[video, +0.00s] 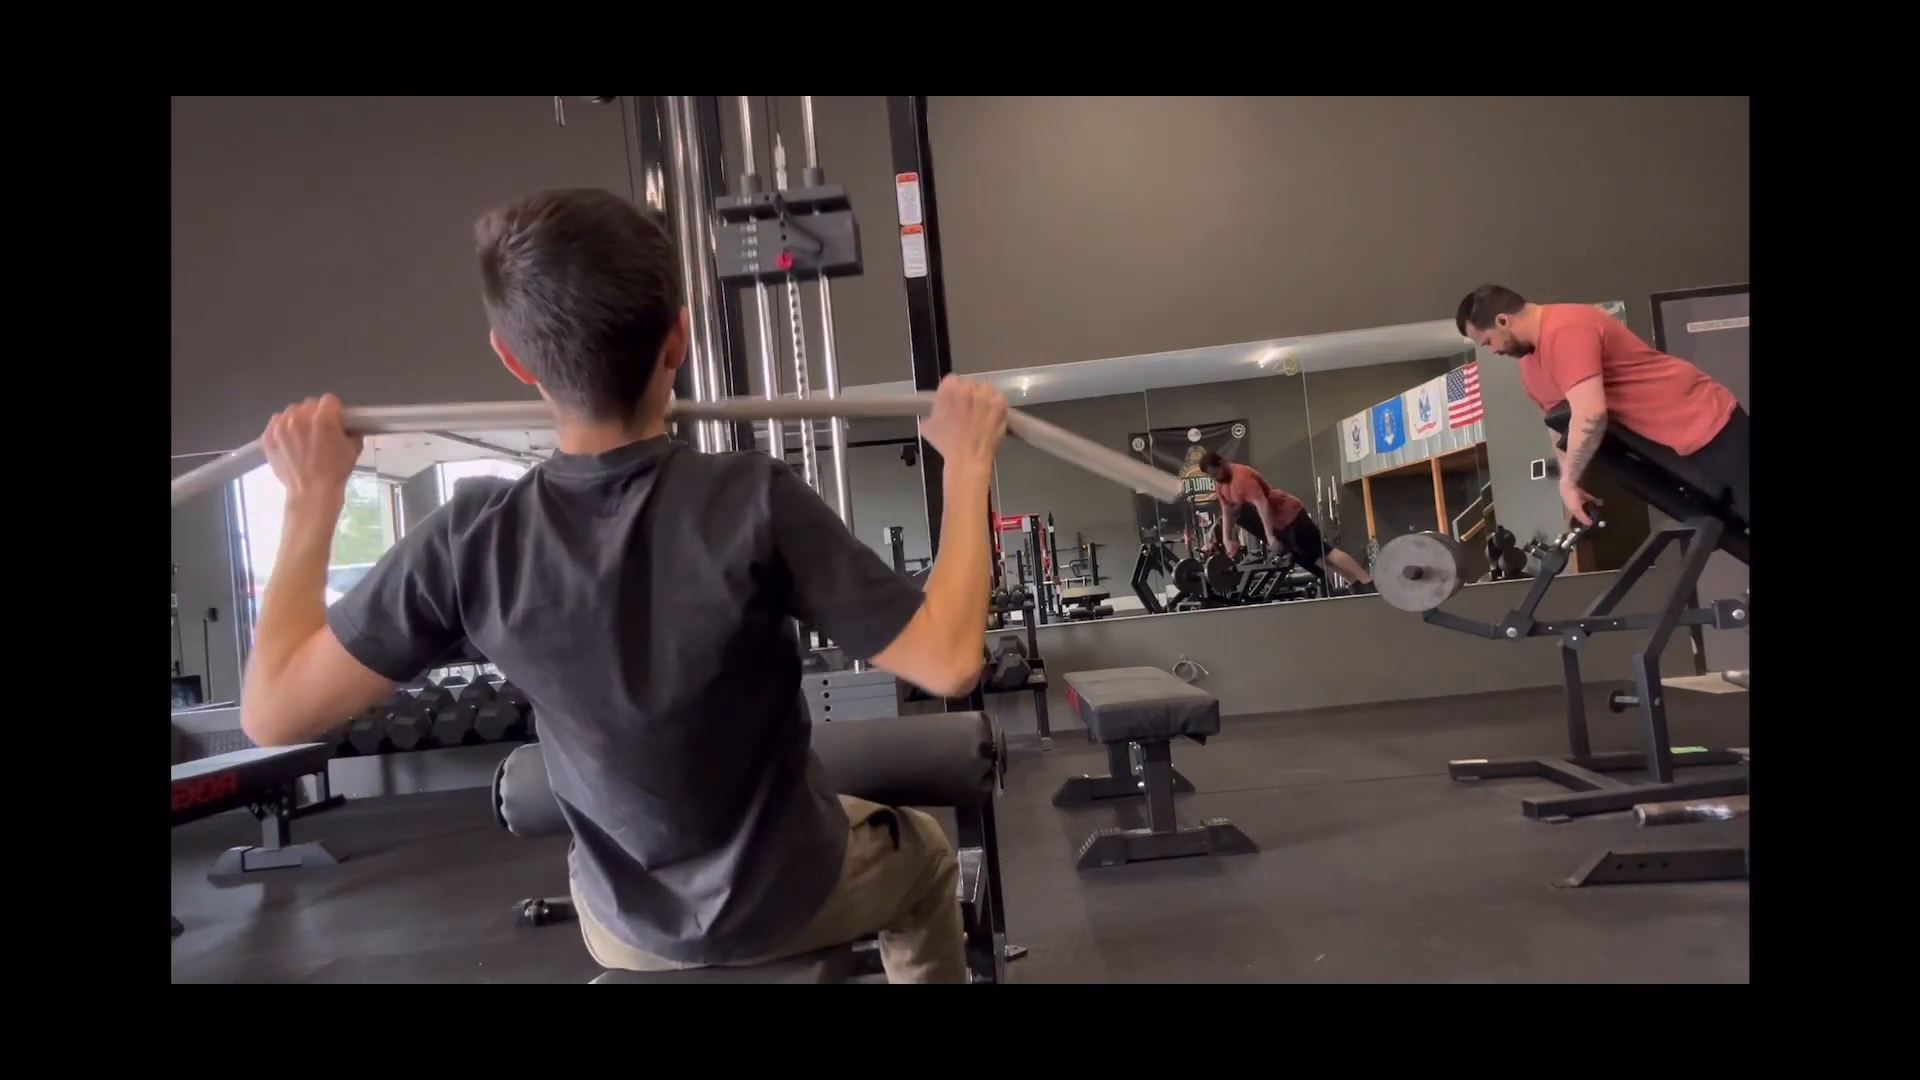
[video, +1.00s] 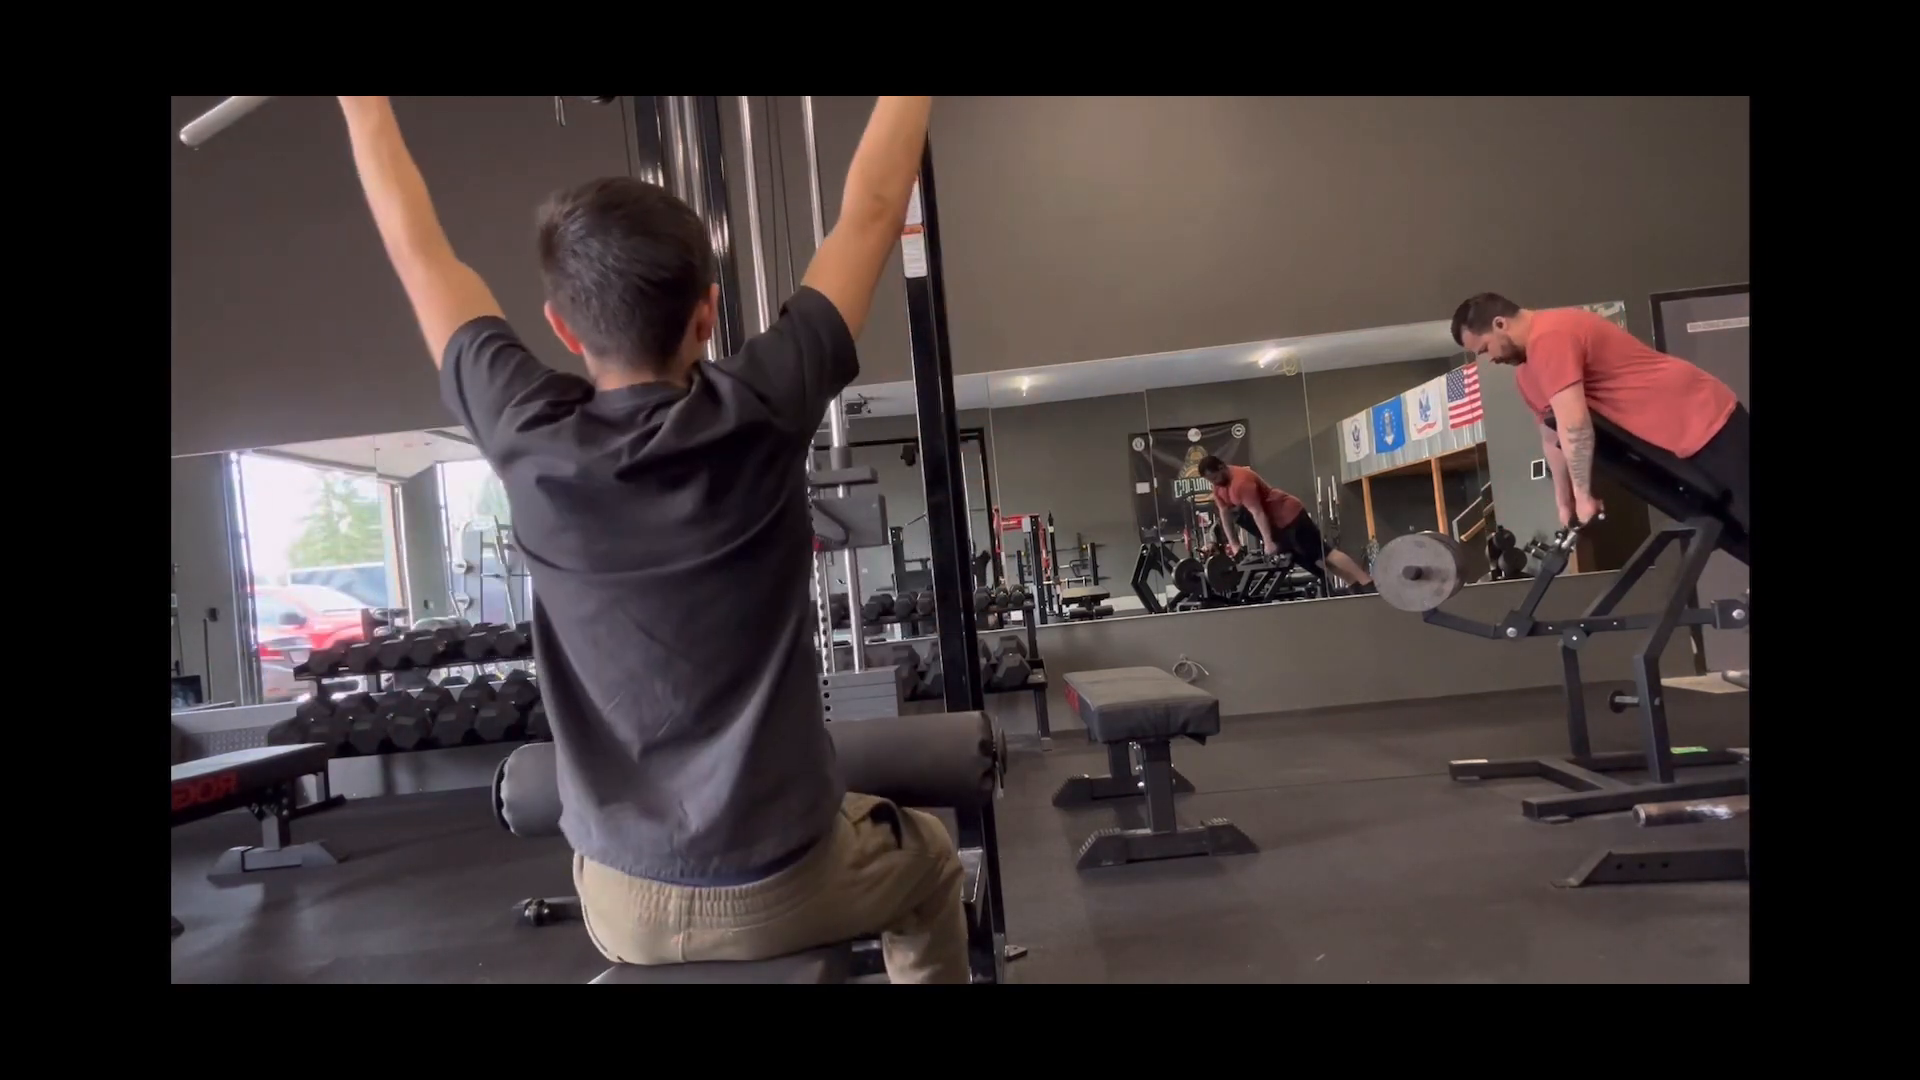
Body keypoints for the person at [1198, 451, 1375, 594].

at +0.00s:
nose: (1216, 475)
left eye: (1216, 470)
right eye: (1211, 474)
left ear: (1222, 463)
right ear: (1209, 474)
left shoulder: (1242, 477)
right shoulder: (1221, 486)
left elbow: (1262, 505)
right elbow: (1227, 512)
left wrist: (1270, 536)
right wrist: (1226, 539)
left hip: (1289, 514)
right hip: (1276, 524)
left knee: (1324, 551)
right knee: (1315, 559)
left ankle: (1368, 581)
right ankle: (1354, 583)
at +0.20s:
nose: (1217, 477)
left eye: (1217, 472)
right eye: (1212, 476)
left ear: (1223, 465)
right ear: (1209, 476)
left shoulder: (1244, 481)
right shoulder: (1221, 487)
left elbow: (1267, 507)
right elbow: (1226, 515)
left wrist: (1279, 538)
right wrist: (1232, 541)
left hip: (1291, 514)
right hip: (1276, 524)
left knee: (1326, 551)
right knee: (1317, 559)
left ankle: (1368, 581)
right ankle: (1354, 583)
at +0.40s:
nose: (1218, 479)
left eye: (1218, 474)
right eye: (1213, 478)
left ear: (1224, 467)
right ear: (1209, 479)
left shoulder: (1243, 484)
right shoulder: (1221, 489)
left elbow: (1269, 507)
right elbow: (1226, 515)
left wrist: (1279, 538)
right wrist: (1232, 541)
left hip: (1290, 514)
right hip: (1277, 524)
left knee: (1326, 551)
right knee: (1316, 559)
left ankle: (1368, 582)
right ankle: (1354, 584)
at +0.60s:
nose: (1218, 480)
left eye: (1219, 475)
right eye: (1214, 479)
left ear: (1224, 468)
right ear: (1209, 479)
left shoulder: (1244, 484)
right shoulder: (1220, 488)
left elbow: (1267, 509)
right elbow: (1225, 514)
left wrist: (1272, 542)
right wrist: (1232, 541)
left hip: (1289, 514)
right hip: (1275, 524)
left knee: (1325, 552)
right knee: (1315, 559)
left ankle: (1368, 582)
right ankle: (1354, 584)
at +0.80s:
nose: (1218, 481)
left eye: (1218, 475)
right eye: (1213, 479)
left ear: (1224, 468)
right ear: (1208, 479)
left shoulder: (1242, 482)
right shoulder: (1218, 489)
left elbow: (1259, 514)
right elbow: (1223, 515)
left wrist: (1270, 544)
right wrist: (1230, 542)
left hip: (1290, 514)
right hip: (1275, 524)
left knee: (1324, 552)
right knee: (1314, 560)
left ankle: (1368, 581)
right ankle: (1354, 584)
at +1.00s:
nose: (1216, 479)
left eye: (1217, 473)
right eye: (1211, 477)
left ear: (1222, 467)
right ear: (1207, 478)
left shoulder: (1241, 481)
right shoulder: (1218, 489)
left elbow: (1258, 512)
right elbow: (1225, 515)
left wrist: (1268, 541)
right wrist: (1232, 542)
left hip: (1290, 514)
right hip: (1275, 524)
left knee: (1324, 552)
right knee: (1314, 559)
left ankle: (1368, 582)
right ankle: (1354, 585)